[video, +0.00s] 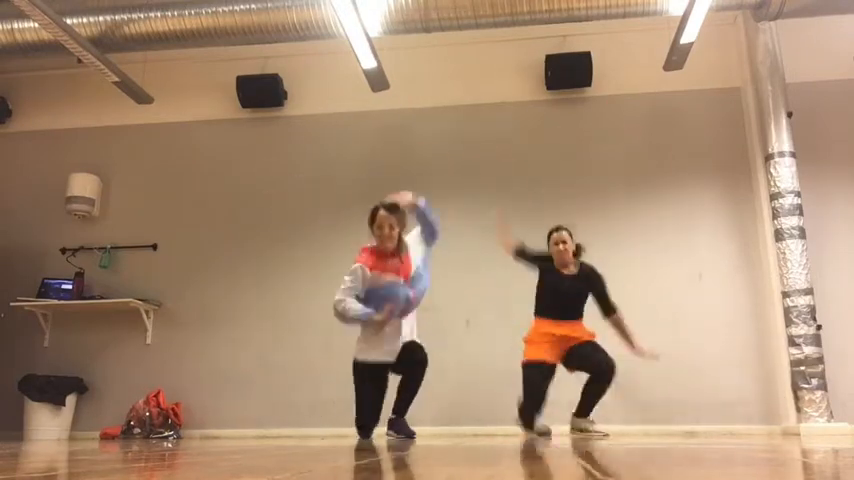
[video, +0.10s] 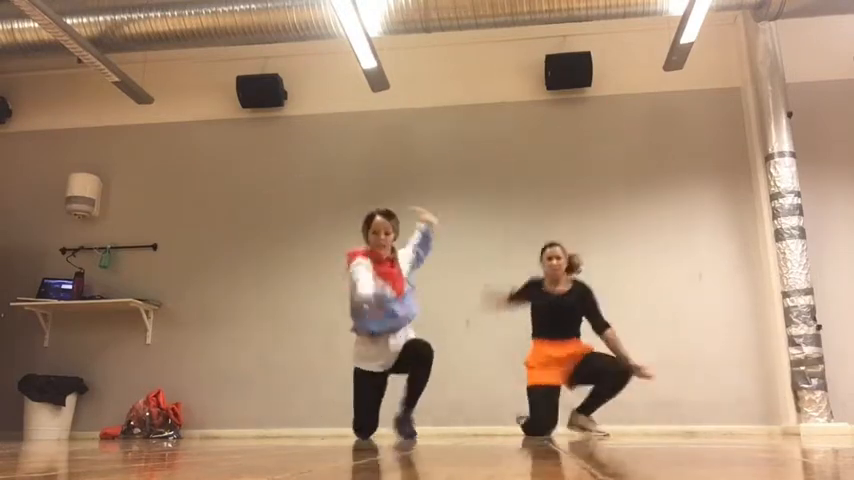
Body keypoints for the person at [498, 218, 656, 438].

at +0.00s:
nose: (560, 247)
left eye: (564, 242)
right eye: (555, 243)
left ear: (574, 247)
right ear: (550, 249)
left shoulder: (588, 274)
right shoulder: (544, 264)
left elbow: (610, 312)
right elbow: (519, 252)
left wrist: (633, 345)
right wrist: (505, 233)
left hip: (573, 339)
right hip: (543, 338)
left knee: (605, 368)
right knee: (533, 397)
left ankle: (580, 419)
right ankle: (527, 420)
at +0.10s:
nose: (554, 262)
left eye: (558, 258)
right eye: (549, 258)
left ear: (567, 262)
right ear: (542, 264)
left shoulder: (580, 292)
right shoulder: (534, 288)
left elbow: (603, 329)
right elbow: (514, 299)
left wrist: (629, 363)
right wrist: (500, 301)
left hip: (574, 359)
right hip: (543, 362)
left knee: (619, 371)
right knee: (543, 427)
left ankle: (581, 416)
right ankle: (525, 425)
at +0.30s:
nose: (548, 273)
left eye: (552, 269)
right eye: (543, 269)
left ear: (558, 272)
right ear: (534, 273)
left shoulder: (566, 287)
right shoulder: (525, 299)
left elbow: (586, 261)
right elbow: (534, 329)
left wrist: (578, 226)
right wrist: (542, 347)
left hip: (574, 357)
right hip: (546, 365)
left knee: (619, 377)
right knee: (539, 430)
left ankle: (608, 410)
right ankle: (530, 421)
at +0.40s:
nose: (551, 268)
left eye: (555, 264)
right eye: (546, 263)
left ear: (560, 266)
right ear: (537, 268)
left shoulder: (566, 282)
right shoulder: (529, 289)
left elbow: (580, 252)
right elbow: (547, 301)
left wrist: (566, 224)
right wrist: (550, 288)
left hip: (574, 356)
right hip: (541, 361)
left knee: (593, 415)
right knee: (535, 429)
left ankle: (619, 405)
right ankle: (530, 424)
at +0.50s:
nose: (555, 263)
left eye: (559, 258)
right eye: (550, 259)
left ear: (566, 262)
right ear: (542, 263)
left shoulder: (573, 288)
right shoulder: (537, 285)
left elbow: (589, 297)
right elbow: (533, 260)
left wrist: (599, 285)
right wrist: (540, 228)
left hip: (575, 361)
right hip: (542, 363)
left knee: (579, 427)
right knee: (532, 430)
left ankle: (605, 418)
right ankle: (520, 420)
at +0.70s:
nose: (566, 260)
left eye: (570, 255)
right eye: (560, 257)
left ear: (578, 259)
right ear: (553, 263)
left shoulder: (594, 287)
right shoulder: (547, 283)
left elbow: (600, 320)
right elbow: (515, 298)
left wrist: (584, 325)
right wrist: (514, 272)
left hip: (580, 359)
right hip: (546, 354)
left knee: (586, 429)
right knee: (530, 409)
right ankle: (498, 413)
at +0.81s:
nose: (557, 260)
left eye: (561, 255)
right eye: (551, 256)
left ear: (570, 257)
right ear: (545, 261)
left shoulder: (582, 281)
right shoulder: (545, 288)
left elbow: (577, 259)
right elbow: (543, 326)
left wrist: (557, 239)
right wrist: (513, 321)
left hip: (578, 355)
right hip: (548, 349)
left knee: (584, 429)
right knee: (511, 365)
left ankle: (590, 422)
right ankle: (508, 409)